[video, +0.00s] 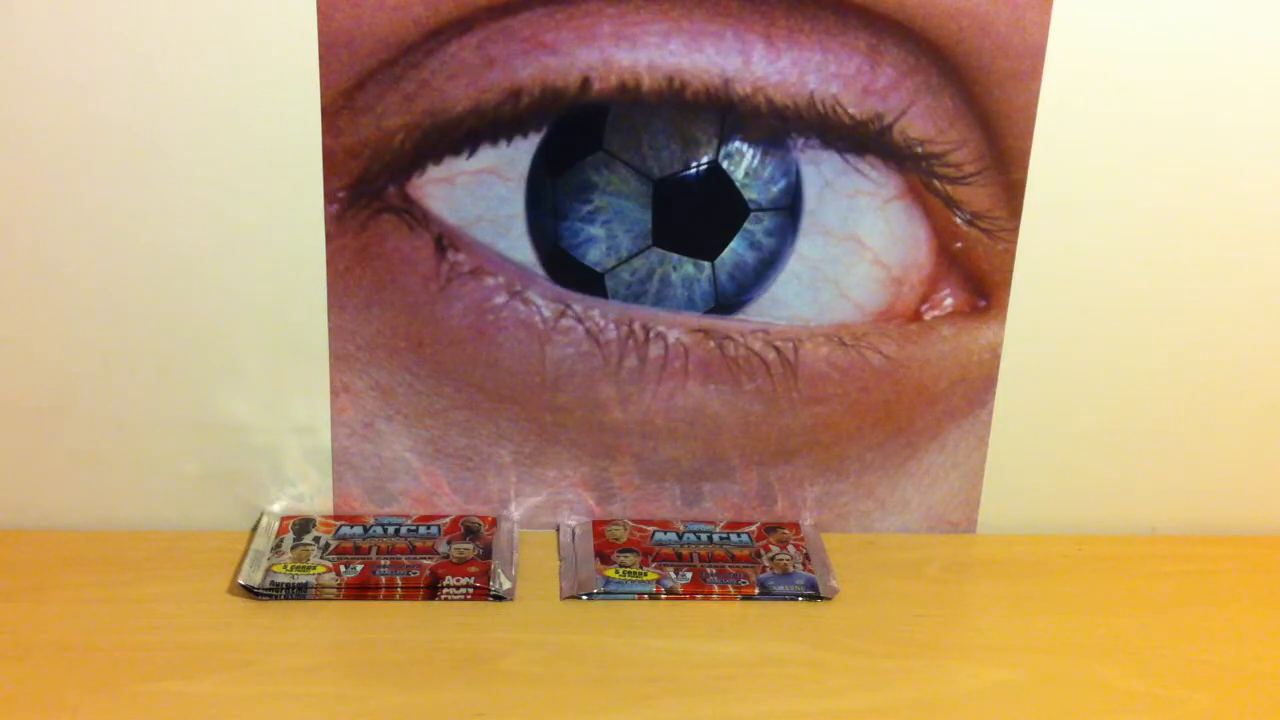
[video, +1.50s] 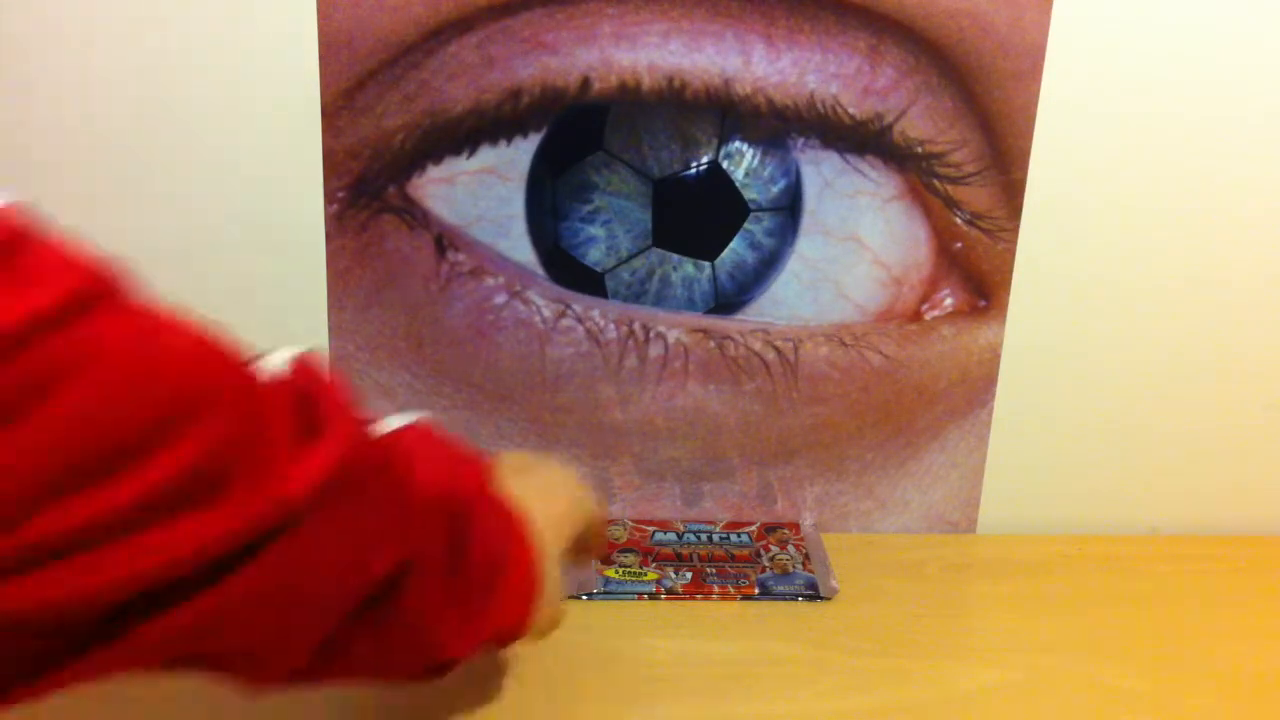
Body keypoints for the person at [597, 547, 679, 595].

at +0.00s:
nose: (621, 560)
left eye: (626, 557)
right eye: (619, 557)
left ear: (638, 558)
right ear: (617, 558)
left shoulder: (650, 573)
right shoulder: (610, 571)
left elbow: (665, 582)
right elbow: (597, 586)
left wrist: (672, 588)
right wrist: (597, 574)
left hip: (642, 604)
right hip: (614, 604)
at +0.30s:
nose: (621, 560)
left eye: (626, 557)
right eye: (619, 557)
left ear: (638, 558)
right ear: (616, 558)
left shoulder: (651, 573)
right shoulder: (609, 571)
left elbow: (666, 583)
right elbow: (597, 587)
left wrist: (673, 588)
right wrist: (597, 573)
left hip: (641, 605)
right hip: (612, 604)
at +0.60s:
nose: (621, 560)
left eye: (625, 557)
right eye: (619, 557)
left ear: (638, 558)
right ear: (616, 559)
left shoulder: (651, 573)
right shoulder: (610, 572)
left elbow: (667, 584)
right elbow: (597, 587)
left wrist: (673, 588)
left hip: (642, 606)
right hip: (613, 606)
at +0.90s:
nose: (621, 560)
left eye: (625, 557)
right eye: (619, 557)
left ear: (638, 558)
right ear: (616, 559)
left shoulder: (651, 573)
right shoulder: (610, 572)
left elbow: (667, 584)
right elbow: (597, 587)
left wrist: (673, 588)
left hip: (642, 606)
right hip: (613, 606)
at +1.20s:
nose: (621, 560)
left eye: (626, 557)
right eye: (619, 557)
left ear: (638, 558)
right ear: (616, 559)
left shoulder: (651, 573)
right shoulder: (609, 572)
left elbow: (669, 586)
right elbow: (597, 588)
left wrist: (675, 589)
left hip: (642, 606)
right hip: (613, 606)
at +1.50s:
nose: (621, 560)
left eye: (626, 557)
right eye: (619, 557)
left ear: (638, 558)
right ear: (616, 558)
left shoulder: (651, 573)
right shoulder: (609, 572)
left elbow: (669, 586)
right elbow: (597, 587)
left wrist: (675, 589)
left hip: (642, 606)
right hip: (613, 606)